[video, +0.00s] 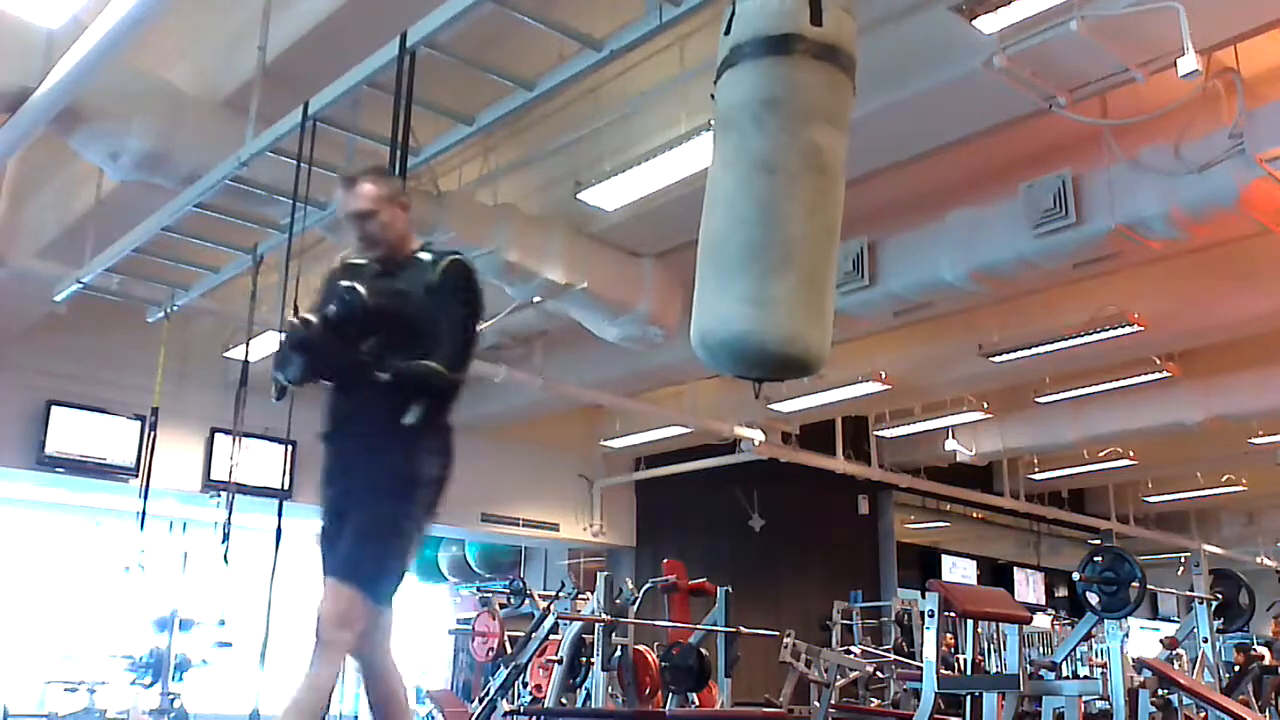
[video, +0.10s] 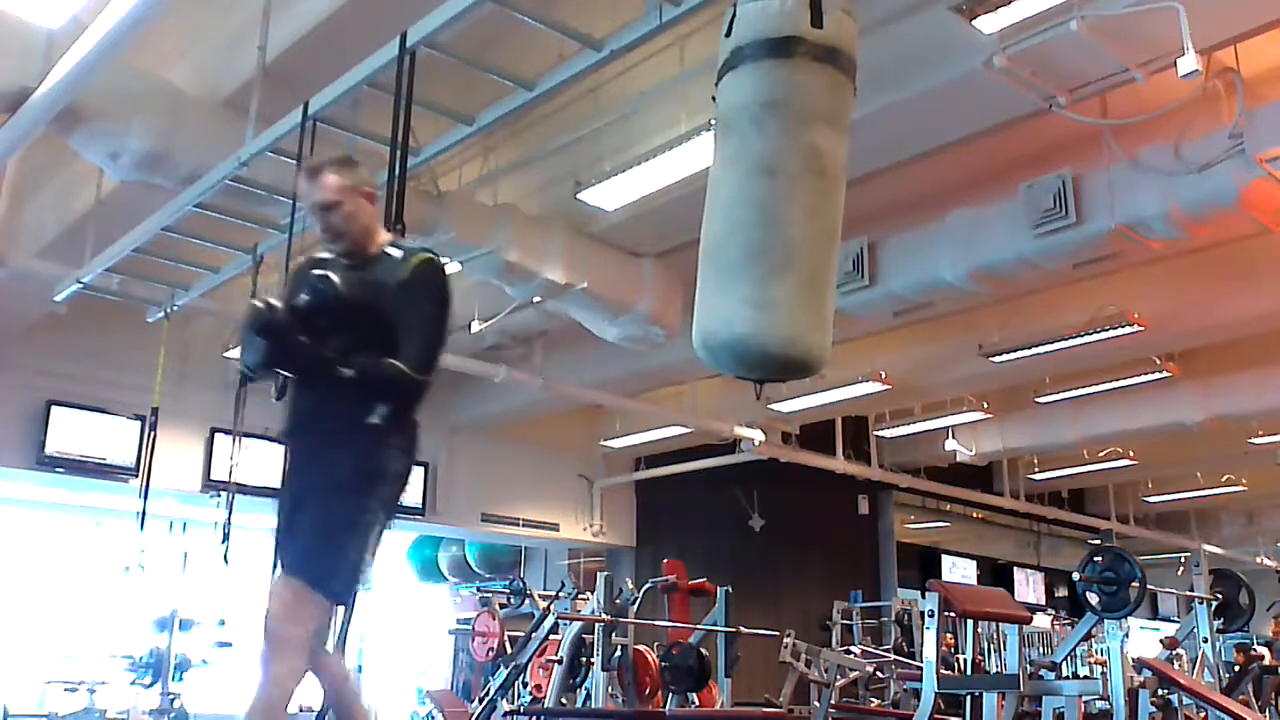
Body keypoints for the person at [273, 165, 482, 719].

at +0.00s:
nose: (361, 229)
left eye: (371, 215)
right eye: (352, 219)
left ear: (403, 210)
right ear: (346, 223)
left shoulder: (448, 274)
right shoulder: (345, 279)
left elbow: (445, 375)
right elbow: (317, 358)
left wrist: (364, 365)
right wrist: (309, 344)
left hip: (407, 458)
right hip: (348, 456)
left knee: (335, 624)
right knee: (371, 641)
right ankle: (404, 717)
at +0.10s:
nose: (324, 222)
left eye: (334, 207)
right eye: (316, 212)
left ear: (369, 199)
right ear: (311, 216)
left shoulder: (419, 271)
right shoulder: (314, 273)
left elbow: (409, 380)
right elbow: (280, 360)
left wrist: (317, 359)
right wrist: (272, 336)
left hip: (364, 461)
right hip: (307, 456)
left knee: (288, 622)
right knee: (306, 637)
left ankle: (262, 714)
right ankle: (357, 712)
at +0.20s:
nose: (293, 203)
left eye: (303, 189)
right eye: (285, 194)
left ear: (338, 183)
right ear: (279, 201)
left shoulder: (388, 254)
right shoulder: (277, 258)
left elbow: (377, 362)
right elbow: (220, 355)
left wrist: (281, 338)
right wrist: (242, 308)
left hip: (335, 450)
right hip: (272, 446)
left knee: (253, 610)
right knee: (219, 629)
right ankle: (291, 710)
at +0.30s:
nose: (270, 178)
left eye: (278, 162)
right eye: (259, 170)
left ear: (311, 153)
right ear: (253, 176)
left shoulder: (366, 237)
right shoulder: (245, 241)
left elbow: (357, 335)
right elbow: (194, 334)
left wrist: (257, 284)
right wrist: (246, 289)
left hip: (306, 450)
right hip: (234, 436)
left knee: (244, 628)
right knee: (148, 589)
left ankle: (232, 717)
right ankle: (202, 705)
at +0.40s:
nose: (248, 154)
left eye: (258, 138)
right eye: (235, 144)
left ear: (290, 131)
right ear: (223, 149)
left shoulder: (338, 205)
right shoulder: (208, 213)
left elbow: (350, 297)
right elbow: (167, 316)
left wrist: (258, 275)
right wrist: (215, 265)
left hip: (285, 426)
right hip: (200, 415)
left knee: (241, 621)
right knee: (112, 566)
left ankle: (234, 715)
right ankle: (103, 712)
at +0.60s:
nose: (197, 113)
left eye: (211, 98)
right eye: (183, 100)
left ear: (248, 103)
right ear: (170, 109)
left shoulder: (286, 179)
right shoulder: (142, 189)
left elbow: (307, 284)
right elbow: (90, 293)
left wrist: (199, 262)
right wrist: (137, 243)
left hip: (230, 424)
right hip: (132, 408)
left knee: (208, 628)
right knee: (59, 592)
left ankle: (215, 718)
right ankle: (19, 712)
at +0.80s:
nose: (190, 47)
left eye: (206, 35)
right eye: (176, 30)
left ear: (225, 46)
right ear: (149, 32)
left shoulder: (254, 149)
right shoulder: (79, 121)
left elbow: (297, 288)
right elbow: (7, 224)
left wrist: (219, 311)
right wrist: (118, 178)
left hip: (179, 391)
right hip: (64, 372)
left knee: (158, 572)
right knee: (22, 561)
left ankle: (157, 706)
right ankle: (2, 702)